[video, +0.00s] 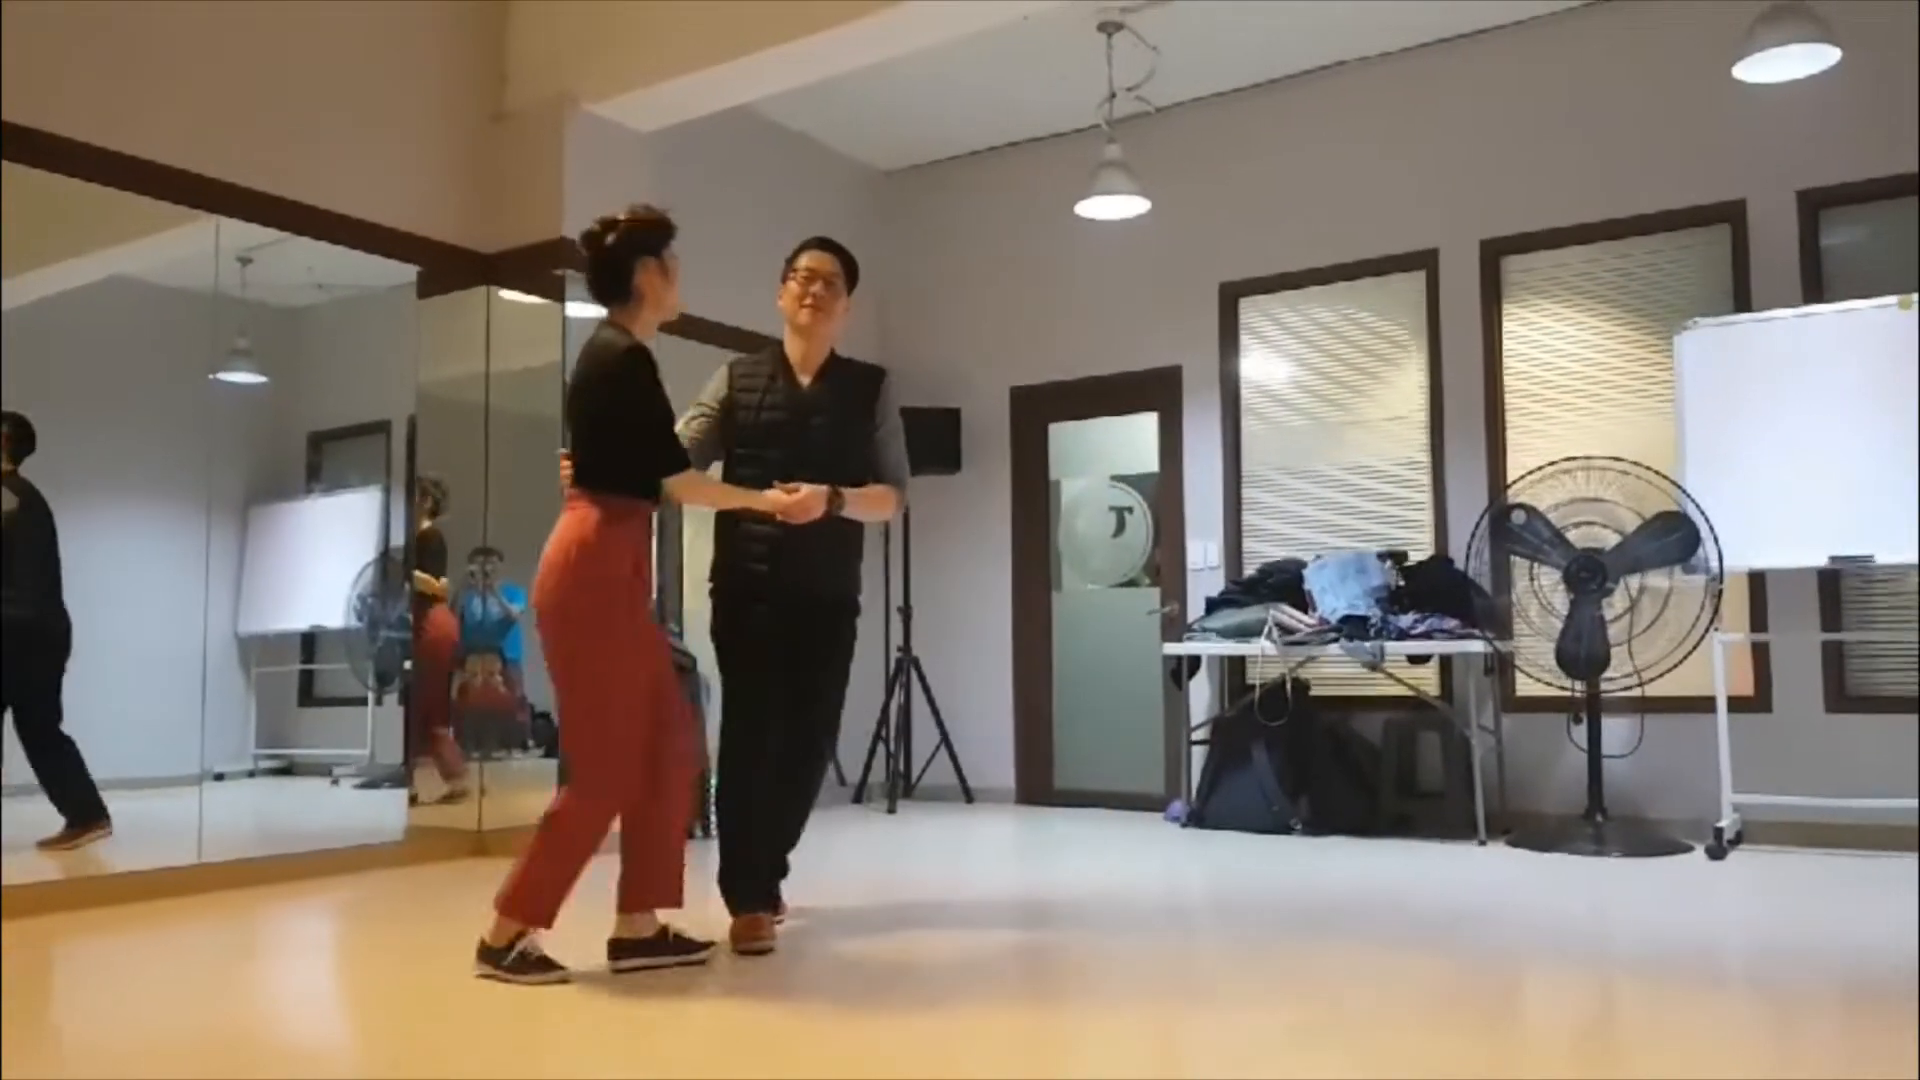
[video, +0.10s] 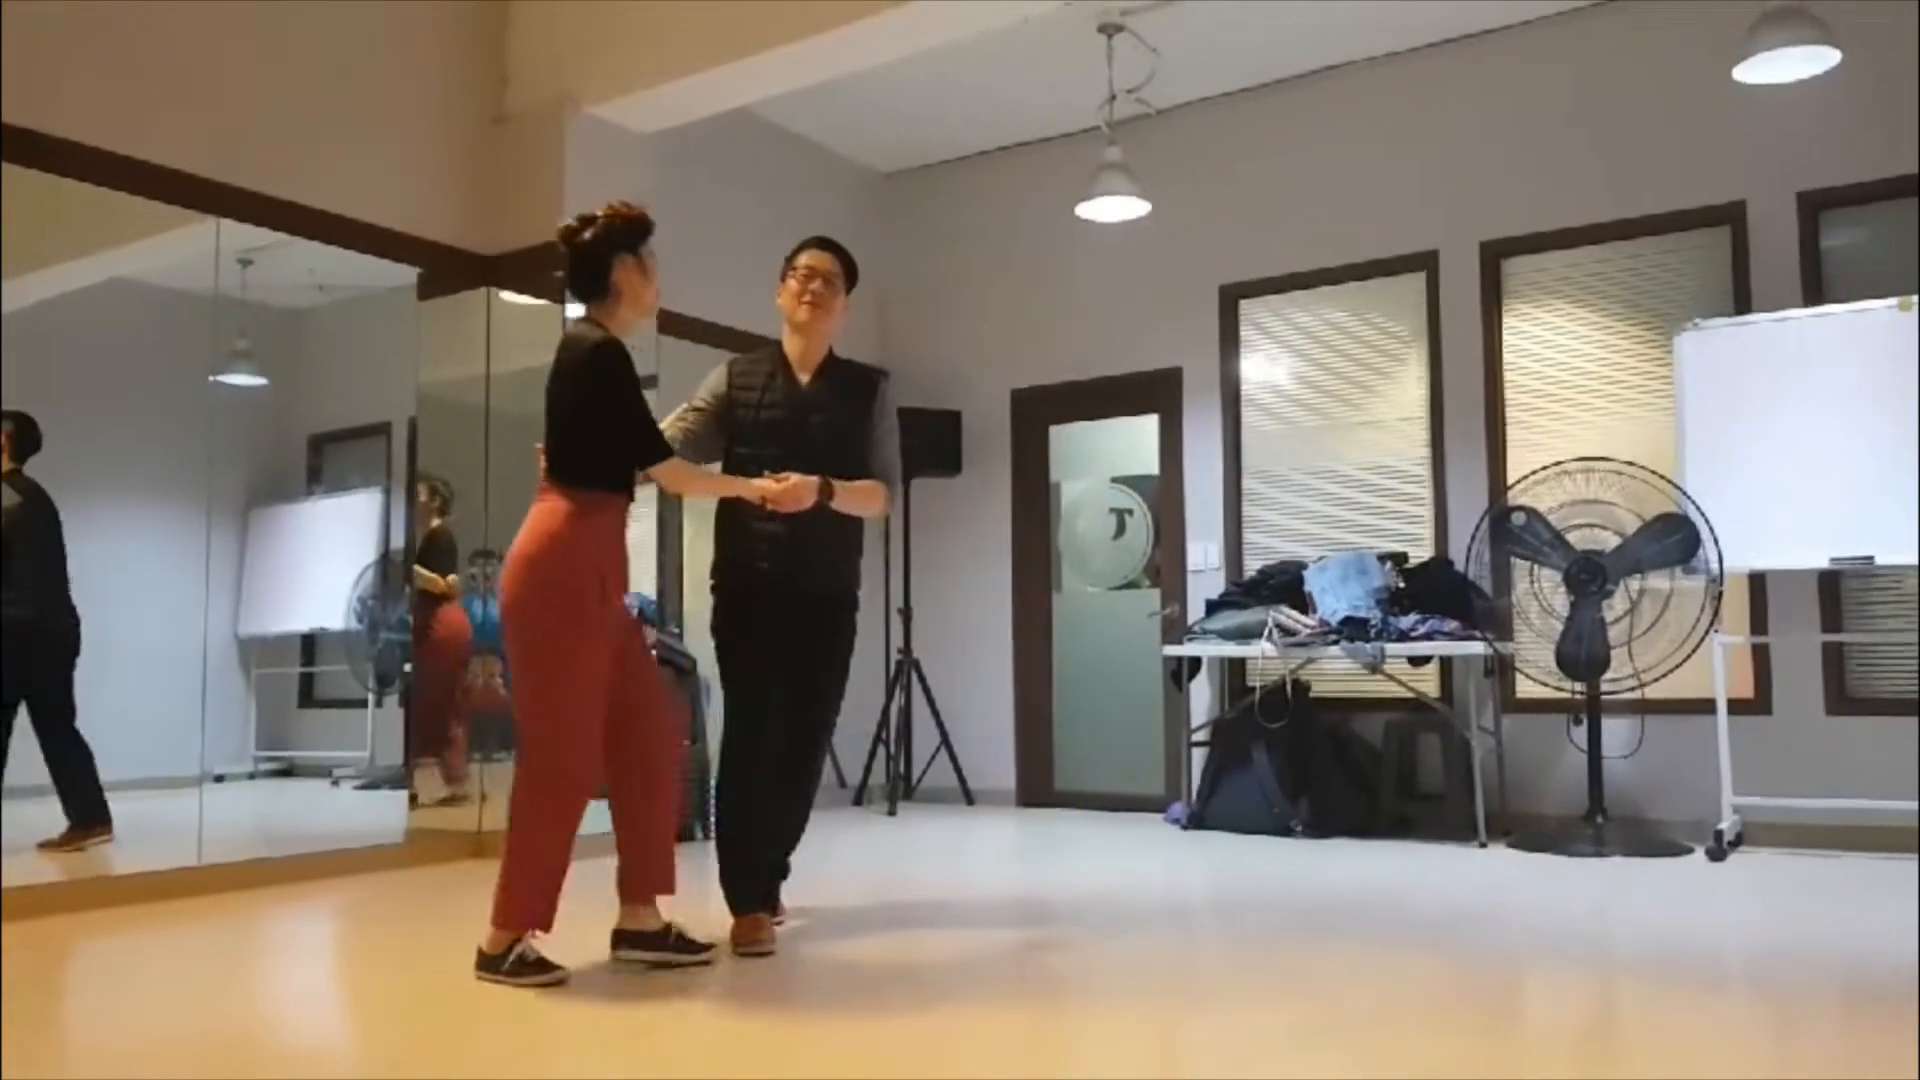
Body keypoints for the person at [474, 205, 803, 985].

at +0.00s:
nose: (679, 278)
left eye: (672, 265)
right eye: (670, 266)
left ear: (624, 280)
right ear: (645, 278)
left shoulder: (611, 358)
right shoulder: (622, 361)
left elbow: (643, 476)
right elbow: (673, 480)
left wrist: (743, 495)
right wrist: (766, 501)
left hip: (607, 572)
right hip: (593, 572)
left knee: (671, 738)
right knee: (609, 759)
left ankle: (640, 926)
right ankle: (507, 935)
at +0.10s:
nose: (657, 282)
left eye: (651, 267)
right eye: (649, 268)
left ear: (606, 279)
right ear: (624, 276)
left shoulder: (588, 356)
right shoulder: (597, 358)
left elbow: (558, 461)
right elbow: (669, 472)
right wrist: (755, 487)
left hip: (587, 570)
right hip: (561, 570)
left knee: (649, 727)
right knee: (560, 752)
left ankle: (642, 920)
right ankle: (505, 939)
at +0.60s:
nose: (655, 290)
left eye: (650, 277)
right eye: (646, 277)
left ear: (604, 290)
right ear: (619, 287)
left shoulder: (595, 366)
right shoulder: (593, 368)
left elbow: (572, 478)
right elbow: (632, 486)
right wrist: (726, 498)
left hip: (589, 576)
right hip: (570, 575)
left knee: (625, 751)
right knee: (585, 752)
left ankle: (564, 921)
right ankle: (511, 935)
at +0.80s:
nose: (688, 283)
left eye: (683, 269)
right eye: (681, 269)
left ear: (633, 280)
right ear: (656, 277)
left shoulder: (615, 357)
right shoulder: (627, 364)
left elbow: (615, 472)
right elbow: (642, 480)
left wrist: (696, 464)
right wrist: (748, 482)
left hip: (590, 566)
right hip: (605, 572)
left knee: (608, 742)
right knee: (666, 736)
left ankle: (564, 922)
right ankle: (613, 921)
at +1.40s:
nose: (731, 279)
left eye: (728, 264)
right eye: (723, 264)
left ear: (689, 268)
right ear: (691, 267)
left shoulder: (684, 353)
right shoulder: (652, 348)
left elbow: (706, 462)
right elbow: (710, 449)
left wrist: (760, 457)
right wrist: (814, 454)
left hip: (670, 559)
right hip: (641, 560)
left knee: (669, 727)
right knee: (716, 727)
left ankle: (593, 912)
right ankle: (697, 923)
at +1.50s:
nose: (745, 282)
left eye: (741, 267)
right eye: (735, 267)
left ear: (702, 276)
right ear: (698, 275)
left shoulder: (709, 368)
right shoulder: (662, 360)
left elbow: (737, 472)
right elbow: (728, 455)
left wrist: (767, 472)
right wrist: (849, 468)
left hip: (697, 565)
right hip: (655, 567)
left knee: (674, 746)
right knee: (739, 727)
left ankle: (592, 916)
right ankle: (757, 923)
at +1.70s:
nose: (796, 268)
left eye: (794, 254)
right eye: (779, 255)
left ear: (786, 270)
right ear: (734, 270)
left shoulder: (795, 368)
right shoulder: (720, 353)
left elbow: (803, 479)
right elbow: (721, 452)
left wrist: (856, 468)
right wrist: (816, 465)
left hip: (794, 561)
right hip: (742, 561)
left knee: (761, 737)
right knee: (807, 733)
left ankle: (631, 885)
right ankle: (853, 925)